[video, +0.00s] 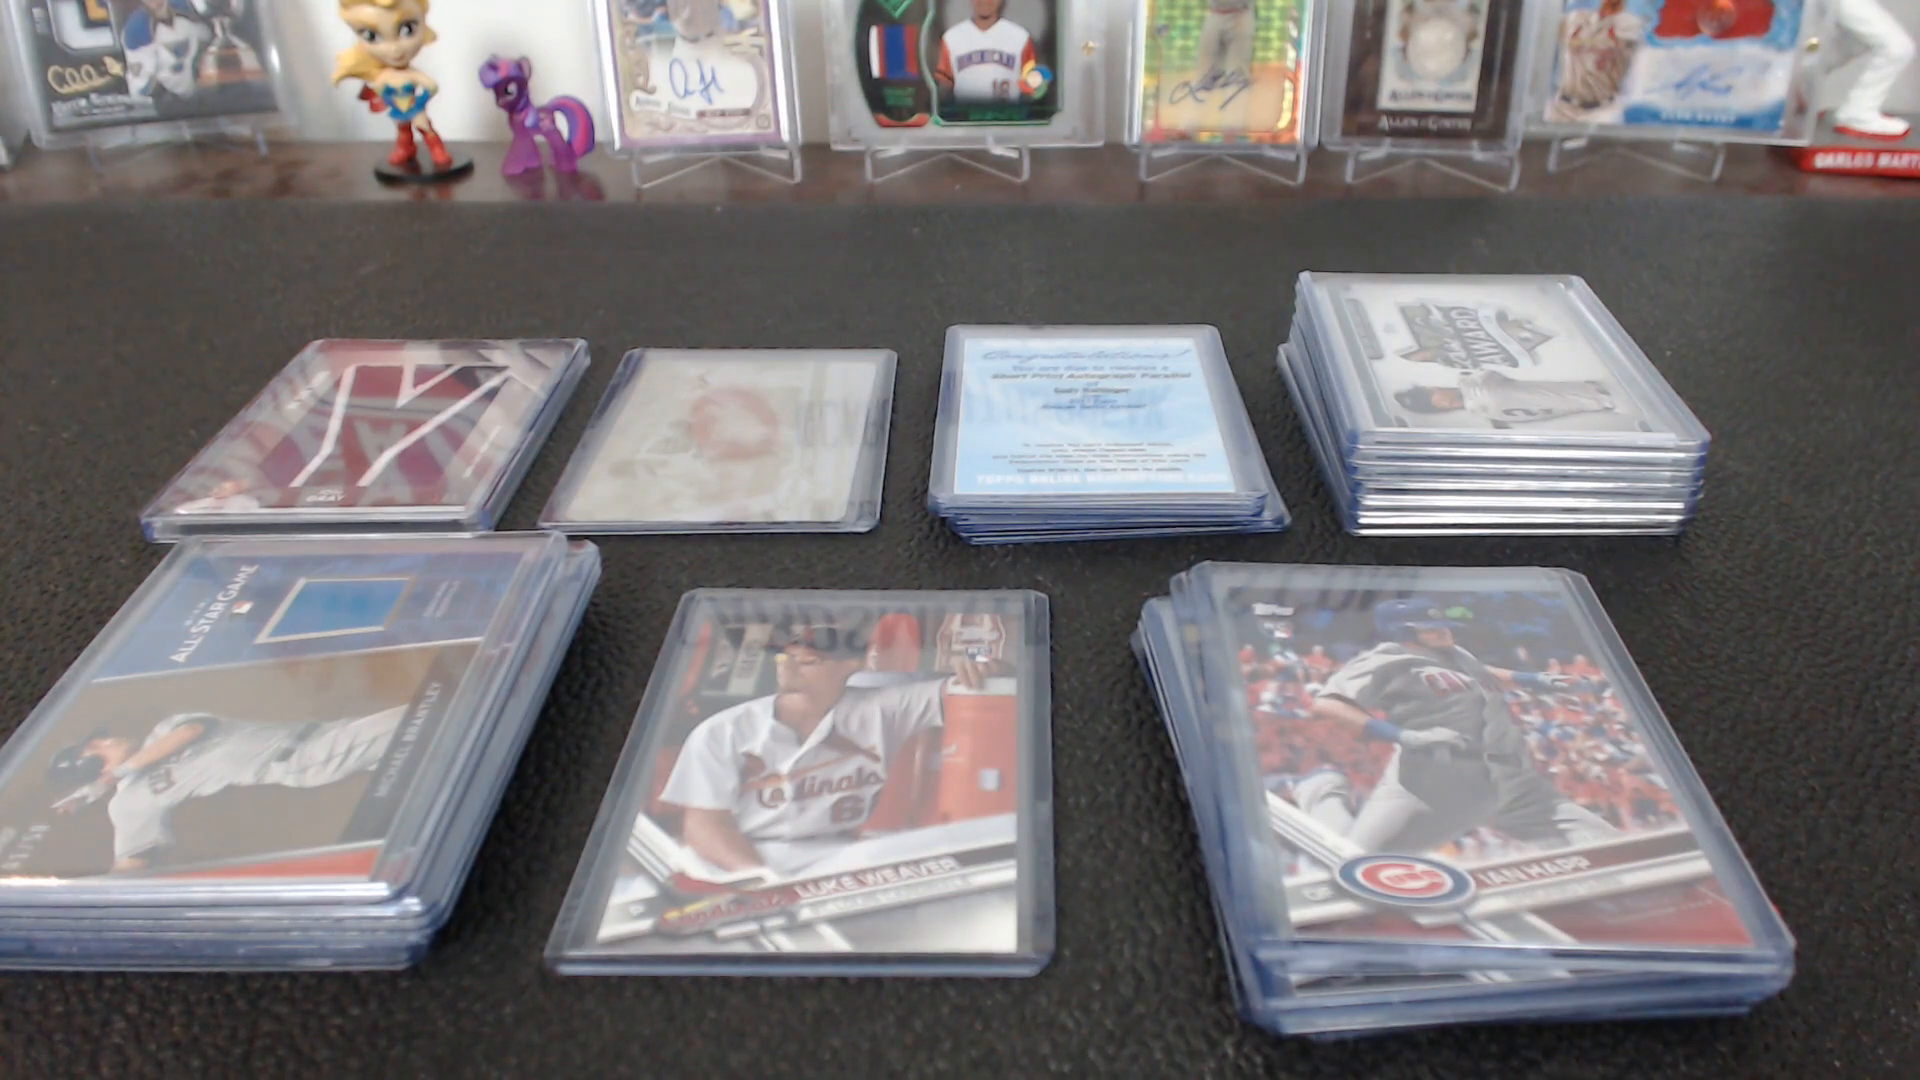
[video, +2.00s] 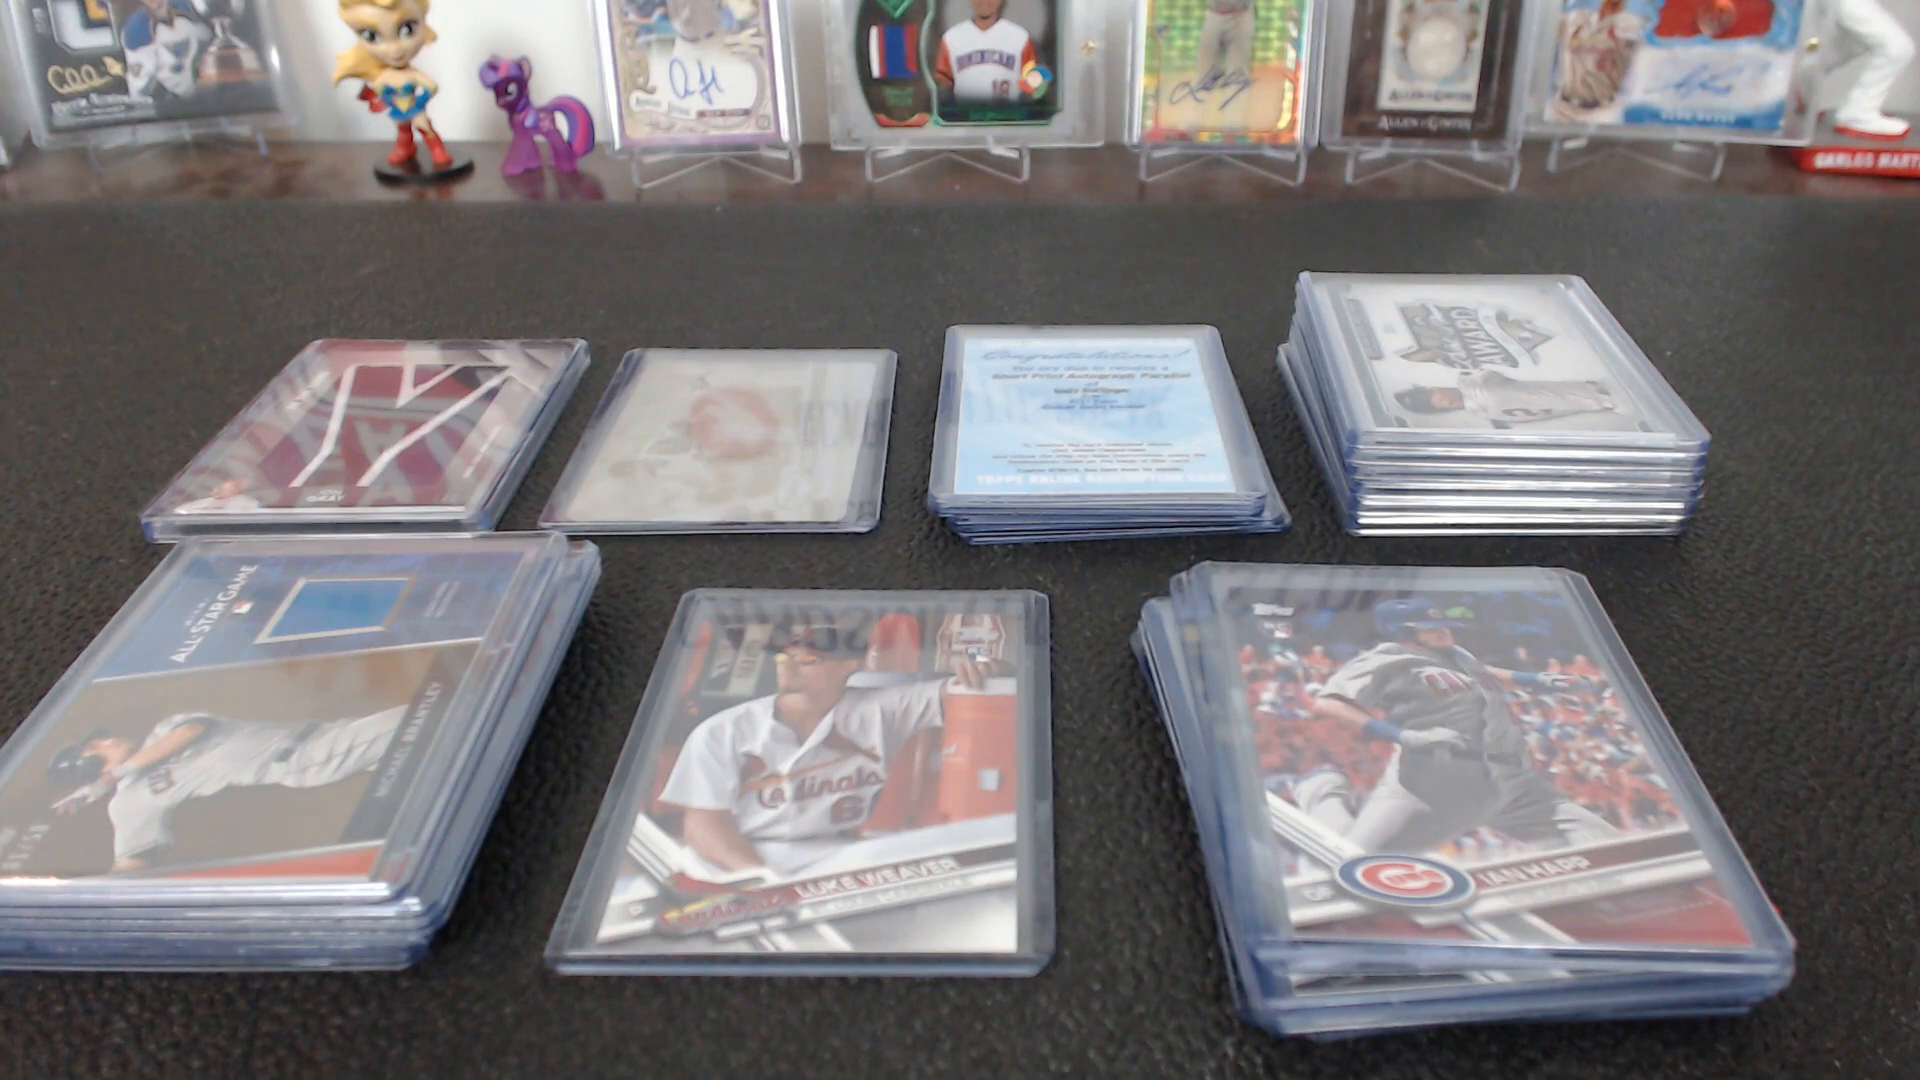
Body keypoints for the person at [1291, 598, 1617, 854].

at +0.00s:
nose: (1446, 630)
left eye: (1446, 622)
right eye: (1434, 623)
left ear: (1447, 625)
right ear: (1406, 629)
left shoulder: (1459, 657)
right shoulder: (1388, 659)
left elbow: (1490, 676)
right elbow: (1328, 704)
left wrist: (1539, 682)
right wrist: (1404, 736)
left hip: (1511, 790)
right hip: (1427, 798)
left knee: (1614, 850)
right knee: (1352, 869)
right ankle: (1321, 792)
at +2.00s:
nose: (1445, 631)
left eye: (1444, 622)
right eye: (1433, 623)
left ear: (1445, 625)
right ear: (1405, 629)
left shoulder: (1458, 657)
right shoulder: (1386, 659)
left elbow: (1490, 677)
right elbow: (1328, 704)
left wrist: (1541, 682)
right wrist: (1404, 736)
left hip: (1508, 788)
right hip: (1429, 794)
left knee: (1610, 847)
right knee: (1351, 870)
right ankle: (1322, 793)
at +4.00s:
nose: (1446, 629)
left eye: (1446, 621)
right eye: (1434, 621)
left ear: (1448, 624)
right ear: (1407, 627)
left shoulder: (1459, 657)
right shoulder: (1386, 660)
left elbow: (1490, 677)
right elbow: (1328, 705)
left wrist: (1539, 682)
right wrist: (1404, 736)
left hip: (1509, 789)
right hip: (1428, 796)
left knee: (1611, 848)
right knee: (1354, 865)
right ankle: (1321, 793)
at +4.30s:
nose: (1446, 629)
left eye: (1447, 620)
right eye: (1434, 620)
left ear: (1449, 623)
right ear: (1406, 625)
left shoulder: (1459, 657)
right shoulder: (1386, 660)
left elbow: (1490, 677)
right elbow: (1328, 705)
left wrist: (1538, 682)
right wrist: (1403, 736)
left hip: (1512, 789)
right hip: (1430, 796)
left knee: (1611, 849)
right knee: (1354, 866)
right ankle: (1321, 793)